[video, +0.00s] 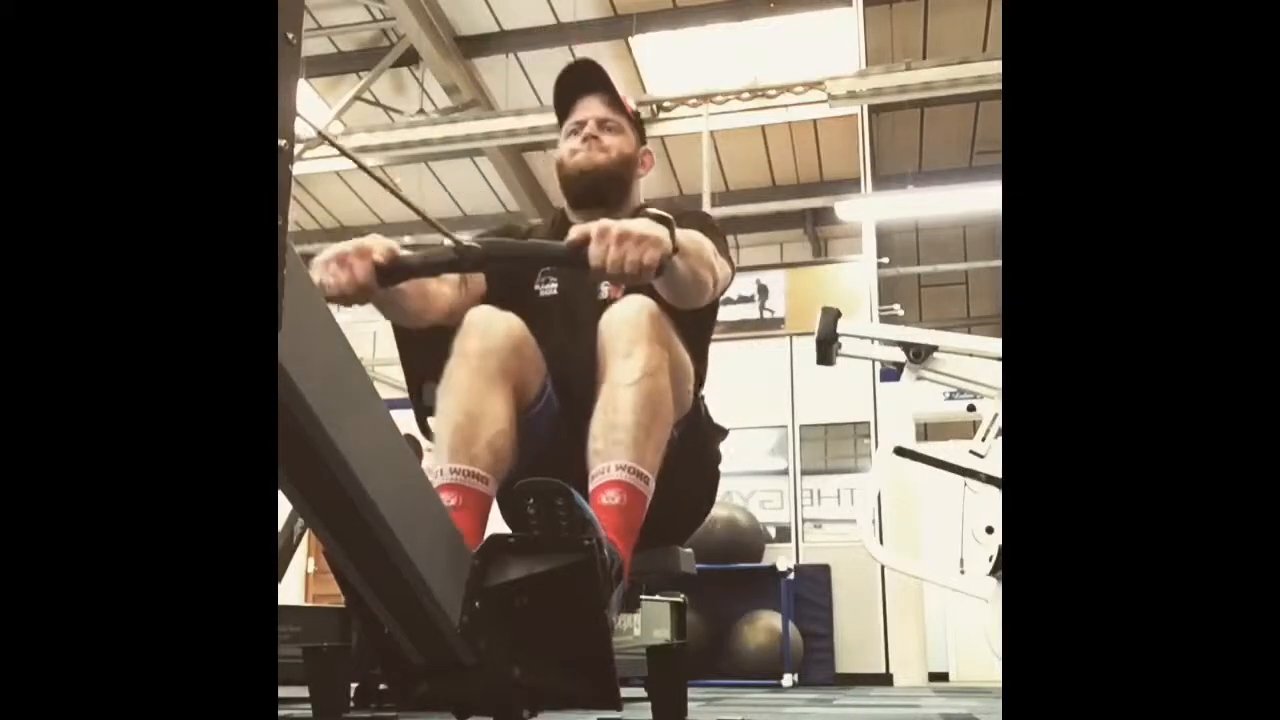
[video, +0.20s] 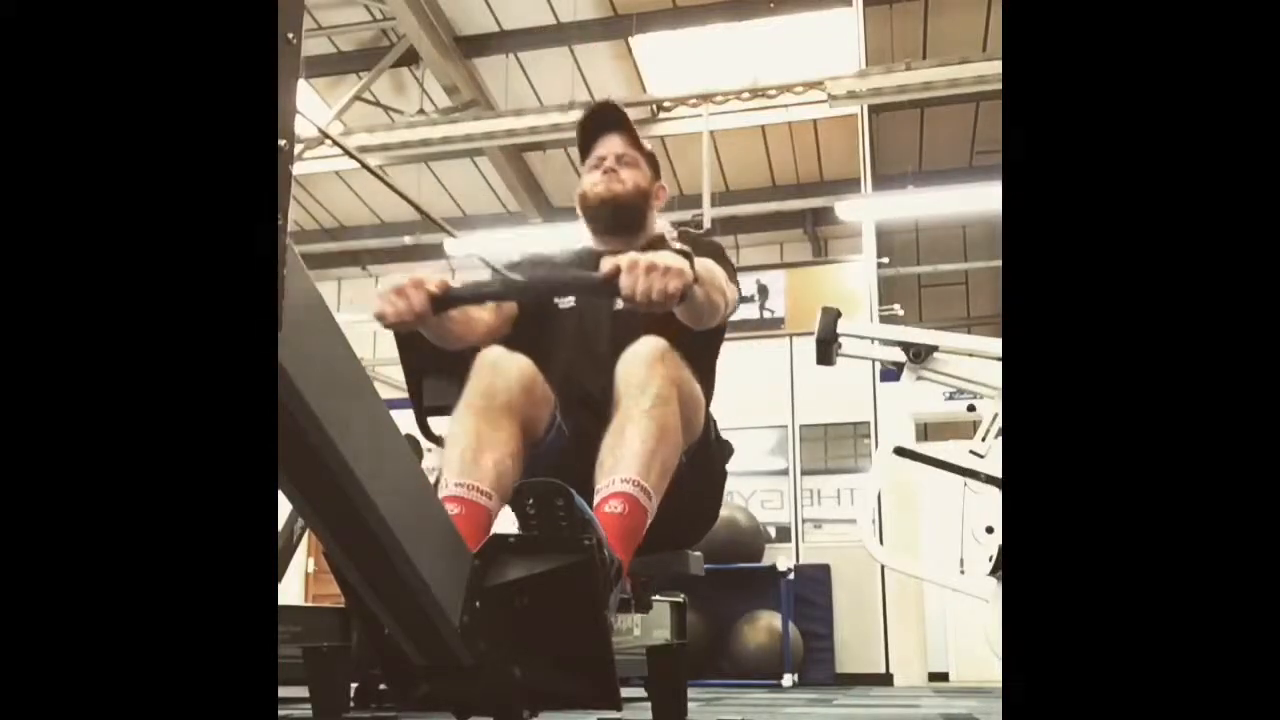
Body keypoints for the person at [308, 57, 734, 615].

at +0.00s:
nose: (588, 134)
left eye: (608, 127)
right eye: (574, 131)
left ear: (643, 159)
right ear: (557, 164)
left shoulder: (683, 228)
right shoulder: (518, 244)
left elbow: (702, 284)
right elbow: (445, 293)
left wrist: (663, 248)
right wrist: (383, 280)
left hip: (656, 475)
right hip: (537, 474)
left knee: (635, 317)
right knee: (485, 327)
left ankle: (606, 562)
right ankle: (448, 563)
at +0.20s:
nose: (608, 168)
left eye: (626, 162)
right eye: (595, 164)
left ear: (658, 192)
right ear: (579, 196)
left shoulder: (695, 257)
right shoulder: (546, 270)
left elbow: (712, 310)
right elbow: (480, 320)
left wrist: (683, 279)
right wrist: (429, 313)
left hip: (669, 487)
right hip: (559, 483)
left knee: (649, 357)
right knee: (497, 365)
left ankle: (602, 569)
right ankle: (445, 562)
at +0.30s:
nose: (622, 194)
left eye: (638, 187)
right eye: (610, 189)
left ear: (666, 212)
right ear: (595, 214)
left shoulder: (701, 273)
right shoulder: (560, 281)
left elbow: (722, 326)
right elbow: (503, 341)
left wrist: (695, 304)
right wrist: (458, 329)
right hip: (559, 472)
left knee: (653, 384)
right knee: (503, 395)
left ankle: (599, 569)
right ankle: (449, 562)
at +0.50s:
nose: (649, 258)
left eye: (663, 251)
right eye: (637, 253)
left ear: (688, 269)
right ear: (623, 272)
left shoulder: (716, 335)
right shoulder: (593, 345)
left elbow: (758, 386)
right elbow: (522, 396)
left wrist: (724, 357)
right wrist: (505, 370)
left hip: (691, 485)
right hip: (591, 482)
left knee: (658, 462)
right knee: (530, 460)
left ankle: (606, 576)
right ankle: (463, 562)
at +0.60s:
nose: (656, 286)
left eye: (671, 279)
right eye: (644, 279)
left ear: (695, 299)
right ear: (631, 298)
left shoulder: (724, 361)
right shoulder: (597, 365)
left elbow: (784, 434)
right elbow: (523, 443)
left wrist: (739, 390)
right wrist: (524, 407)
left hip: (693, 495)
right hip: (593, 494)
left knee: (653, 484)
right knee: (544, 495)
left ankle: (607, 590)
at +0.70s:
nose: (649, 292)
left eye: (664, 283)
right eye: (639, 283)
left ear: (690, 298)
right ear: (627, 297)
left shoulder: (726, 363)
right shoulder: (591, 368)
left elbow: (807, 459)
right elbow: (520, 455)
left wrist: (755, 408)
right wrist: (535, 423)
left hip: (693, 496)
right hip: (590, 489)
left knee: (656, 460)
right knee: (540, 459)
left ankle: (608, 577)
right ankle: (475, 554)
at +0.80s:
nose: (645, 277)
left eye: (661, 267)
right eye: (634, 267)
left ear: (687, 281)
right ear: (621, 281)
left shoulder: (725, 345)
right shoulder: (589, 352)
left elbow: (812, 435)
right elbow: (500, 441)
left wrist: (751, 379)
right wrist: (525, 396)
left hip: (689, 503)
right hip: (584, 495)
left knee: (652, 435)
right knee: (536, 437)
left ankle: (606, 574)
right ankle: (466, 555)